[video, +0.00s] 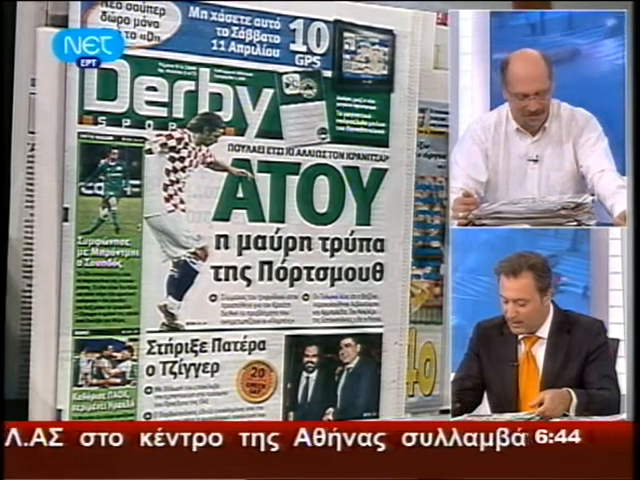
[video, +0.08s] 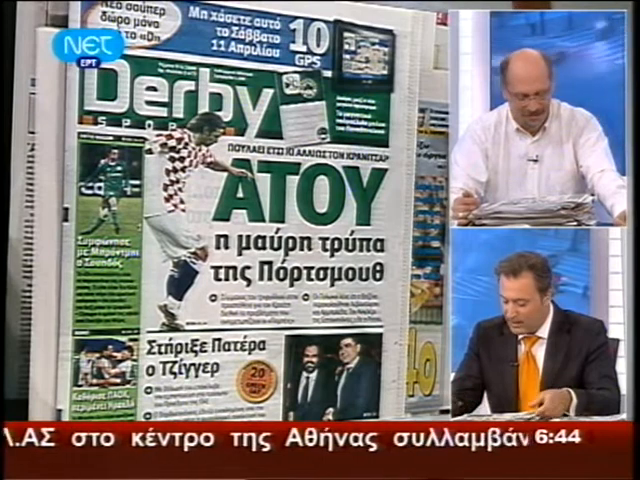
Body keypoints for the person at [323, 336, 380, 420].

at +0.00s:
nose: (343, 351)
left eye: (347, 346)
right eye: (341, 348)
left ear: (358, 348)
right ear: (339, 351)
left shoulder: (367, 368)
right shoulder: (341, 371)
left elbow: (360, 408)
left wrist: (335, 416)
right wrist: (332, 410)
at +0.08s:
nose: (343, 351)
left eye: (347, 346)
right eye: (341, 348)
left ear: (358, 348)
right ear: (339, 351)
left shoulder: (367, 368)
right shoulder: (341, 371)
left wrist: (335, 416)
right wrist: (331, 410)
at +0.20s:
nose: (343, 351)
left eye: (347, 346)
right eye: (341, 348)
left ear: (358, 348)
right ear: (339, 351)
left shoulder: (367, 368)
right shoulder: (341, 371)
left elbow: (361, 408)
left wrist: (335, 416)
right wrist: (332, 410)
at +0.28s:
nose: (343, 351)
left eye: (347, 346)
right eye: (341, 348)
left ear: (358, 348)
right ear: (339, 351)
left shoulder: (367, 368)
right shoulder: (341, 371)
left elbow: (361, 408)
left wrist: (335, 416)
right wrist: (332, 410)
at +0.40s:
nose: (343, 351)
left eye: (347, 346)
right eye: (341, 348)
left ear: (358, 348)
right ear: (339, 351)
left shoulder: (367, 368)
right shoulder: (341, 371)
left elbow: (360, 408)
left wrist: (335, 416)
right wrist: (331, 410)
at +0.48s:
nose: (343, 351)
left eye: (347, 346)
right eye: (341, 348)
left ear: (358, 348)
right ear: (339, 351)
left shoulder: (367, 368)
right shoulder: (341, 371)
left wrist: (335, 416)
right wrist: (331, 410)